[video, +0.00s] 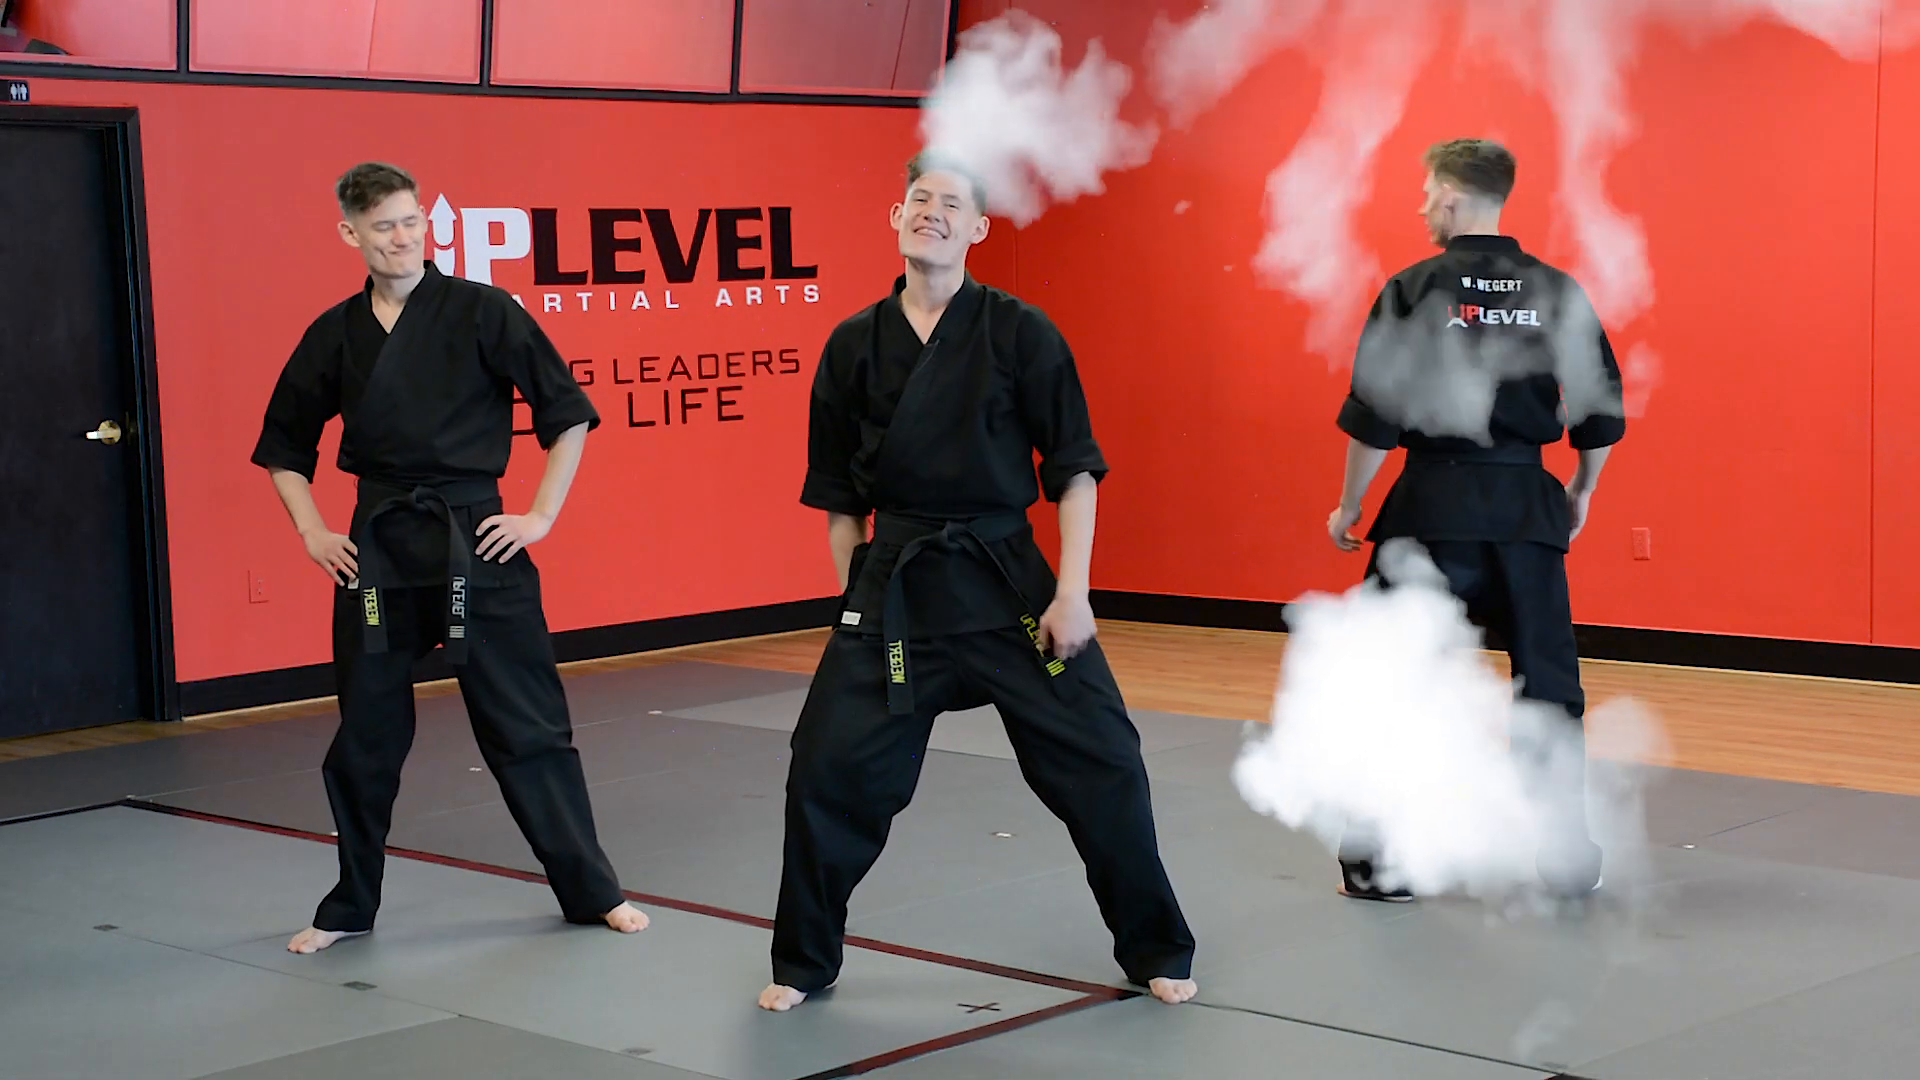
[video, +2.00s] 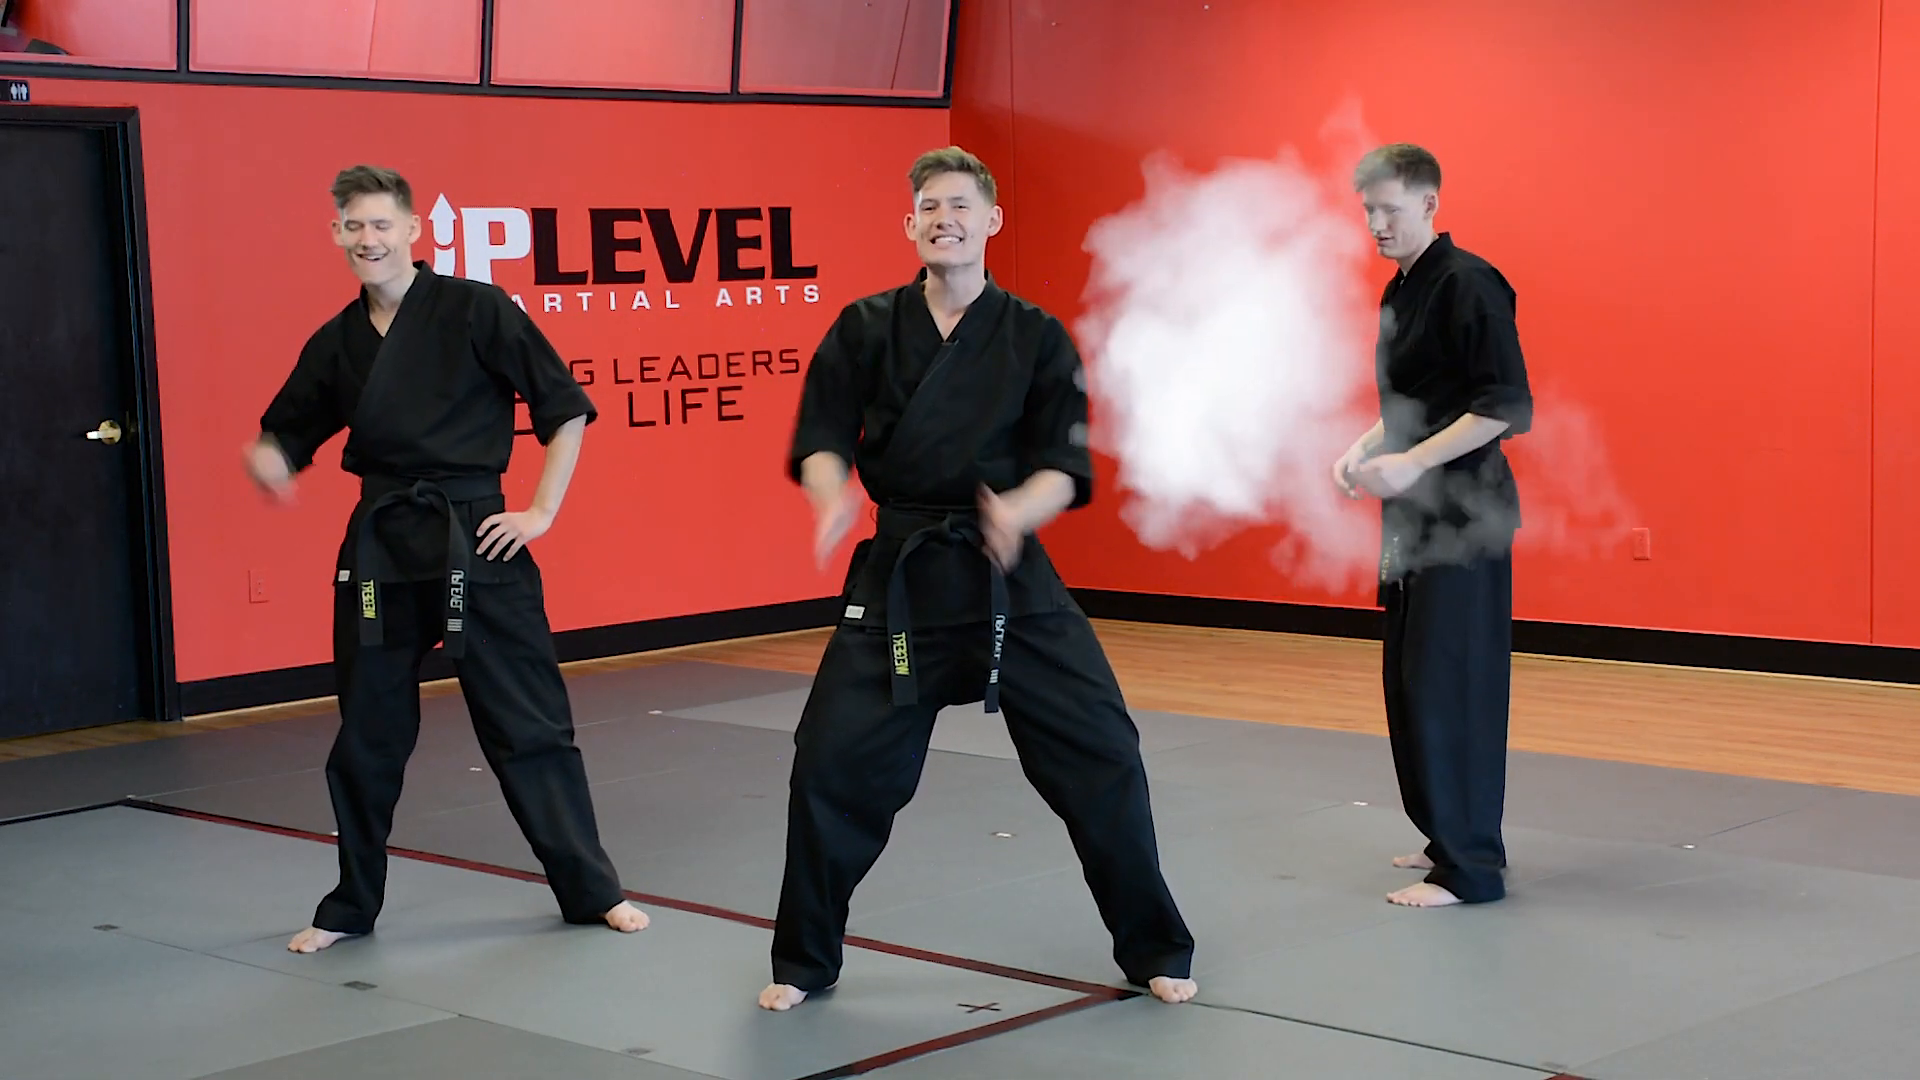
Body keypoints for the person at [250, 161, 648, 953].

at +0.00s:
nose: (399, 237)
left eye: (408, 222)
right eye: (382, 226)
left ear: (425, 225)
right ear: (352, 234)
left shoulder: (484, 311)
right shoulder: (334, 334)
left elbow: (570, 412)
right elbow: (283, 443)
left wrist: (541, 516)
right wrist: (312, 530)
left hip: (479, 540)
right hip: (379, 547)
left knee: (530, 727)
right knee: (363, 741)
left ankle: (593, 892)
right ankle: (352, 905)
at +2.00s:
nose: (366, 238)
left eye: (380, 223)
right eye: (352, 226)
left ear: (413, 229)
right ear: (338, 239)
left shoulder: (479, 310)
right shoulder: (336, 344)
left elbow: (567, 409)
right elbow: (283, 438)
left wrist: (541, 511)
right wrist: (269, 461)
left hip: (478, 539)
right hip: (379, 544)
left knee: (530, 724)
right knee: (366, 737)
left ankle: (592, 891)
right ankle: (352, 905)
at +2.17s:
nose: (370, 244)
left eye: (384, 230)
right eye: (361, 231)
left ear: (427, 231)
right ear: (354, 235)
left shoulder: (489, 313)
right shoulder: (339, 338)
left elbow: (577, 414)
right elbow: (257, 430)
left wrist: (543, 515)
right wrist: (231, 357)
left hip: (482, 537)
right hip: (382, 542)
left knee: (532, 724)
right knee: (368, 737)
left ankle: (592, 892)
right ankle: (351, 908)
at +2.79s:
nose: (427, 234)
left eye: (443, 222)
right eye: (417, 221)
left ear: (479, 228)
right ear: (405, 226)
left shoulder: (520, 320)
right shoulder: (367, 314)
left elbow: (607, 425)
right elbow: (250, 360)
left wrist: (549, 505)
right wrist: (308, 335)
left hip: (499, 538)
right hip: (399, 540)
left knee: (541, 725)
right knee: (379, 735)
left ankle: (593, 891)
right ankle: (353, 905)